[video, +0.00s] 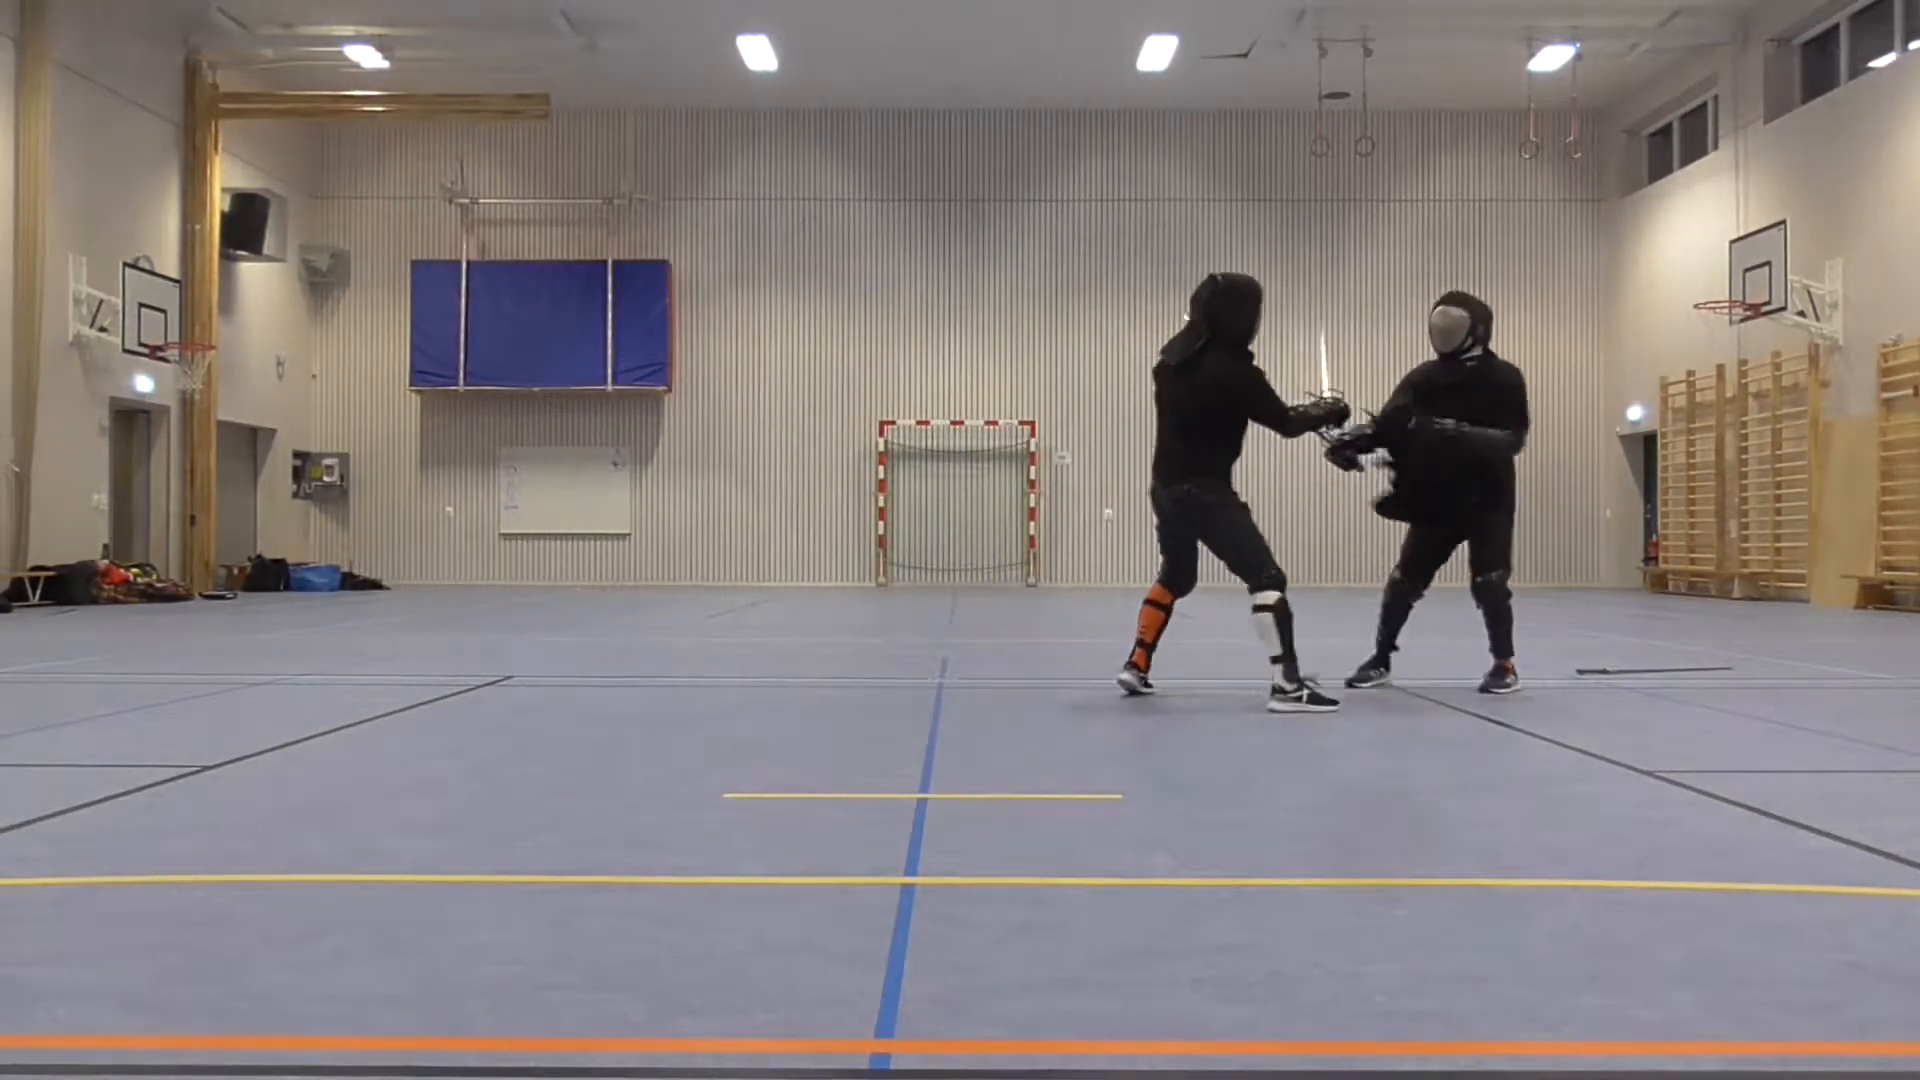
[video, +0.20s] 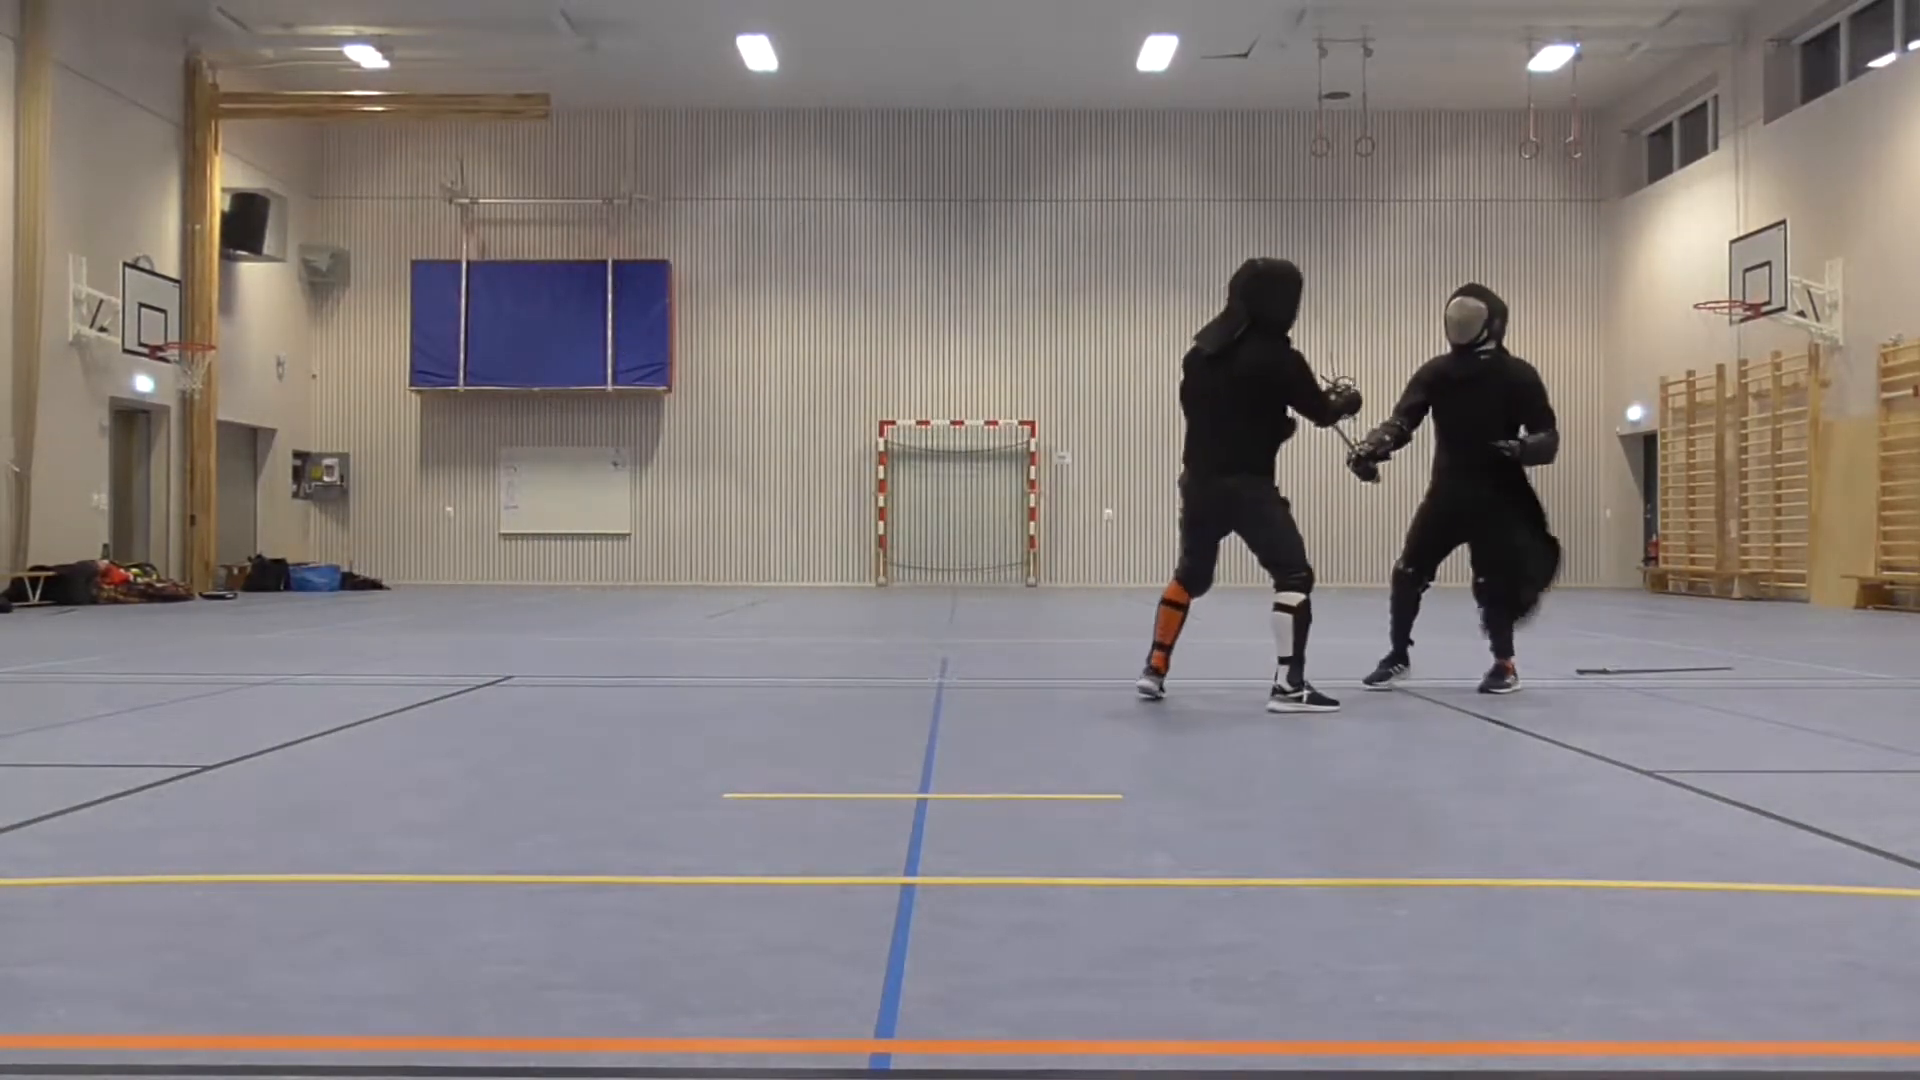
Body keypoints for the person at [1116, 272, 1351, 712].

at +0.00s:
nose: (1256, 323)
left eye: (1255, 314)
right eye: (1253, 315)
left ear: (1204, 314)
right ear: (1240, 319)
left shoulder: (1171, 360)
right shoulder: (1237, 372)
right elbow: (1287, 425)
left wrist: (1294, 410)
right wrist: (1327, 410)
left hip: (1166, 490)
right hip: (1209, 492)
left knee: (1175, 576)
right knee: (1266, 579)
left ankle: (1135, 668)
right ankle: (1288, 683)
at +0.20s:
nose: (1294, 311)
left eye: (1295, 302)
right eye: (1291, 302)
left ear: (1238, 299)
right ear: (1277, 304)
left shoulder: (1201, 350)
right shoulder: (1278, 357)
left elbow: (1197, 412)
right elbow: (1321, 413)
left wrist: (1274, 424)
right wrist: (1343, 399)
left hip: (1200, 489)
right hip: (1251, 490)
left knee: (1190, 573)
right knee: (1293, 576)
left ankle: (1154, 672)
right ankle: (1289, 683)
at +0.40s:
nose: (1305, 294)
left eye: (1304, 285)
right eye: (1302, 286)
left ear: (1248, 284)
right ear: (1291, 291)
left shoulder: (1212, 338)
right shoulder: (1301, 349)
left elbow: (1195, 403)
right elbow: (1334, 415)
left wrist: (1240, 409)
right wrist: (1359, 398)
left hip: (1222, 478)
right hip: (1279, 479)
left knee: (1210, 568)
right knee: (1293, 576)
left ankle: (1226, 659)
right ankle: (1289, 683)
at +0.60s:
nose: (1299, 292)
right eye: (1298, 284)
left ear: (1243, 279)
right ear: (1293, 286)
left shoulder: (1215, 340)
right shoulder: (1306, 343)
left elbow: (1179, 418)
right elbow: (1326, 401)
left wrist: (1206, 464)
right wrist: (1326, 366)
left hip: (1234, 484)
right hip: (1295, 485)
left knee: (1224, 584)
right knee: (1297, 581)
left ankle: (1258, 686)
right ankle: (1300, 683)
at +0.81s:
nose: (1301, 284)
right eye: (1300, 276)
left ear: (1245, 270)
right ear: (1296, 279)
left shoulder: (1215, 332)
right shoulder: (1308, 343)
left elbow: (1167, 395)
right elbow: (1301, 404)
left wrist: (1153, 450)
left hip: (1232, 482)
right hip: (1296, 481)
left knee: (1224, 588)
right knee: (1311, 572)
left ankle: (1262, 696)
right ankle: (1326, 682)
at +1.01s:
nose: (1234, 233)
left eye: (1239, 224)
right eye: (1239, 224)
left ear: (1248, 228)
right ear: (1300, 233)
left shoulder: (1226, 284)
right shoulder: (1321, 300)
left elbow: (1200, 352)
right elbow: (1330, 382)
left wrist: (1181, 402)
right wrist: (1298, 416)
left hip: (1238, 446)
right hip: (1303, 448)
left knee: (1227, 560)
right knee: (1296, 556)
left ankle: (1236, 680)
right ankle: (1309, 654)